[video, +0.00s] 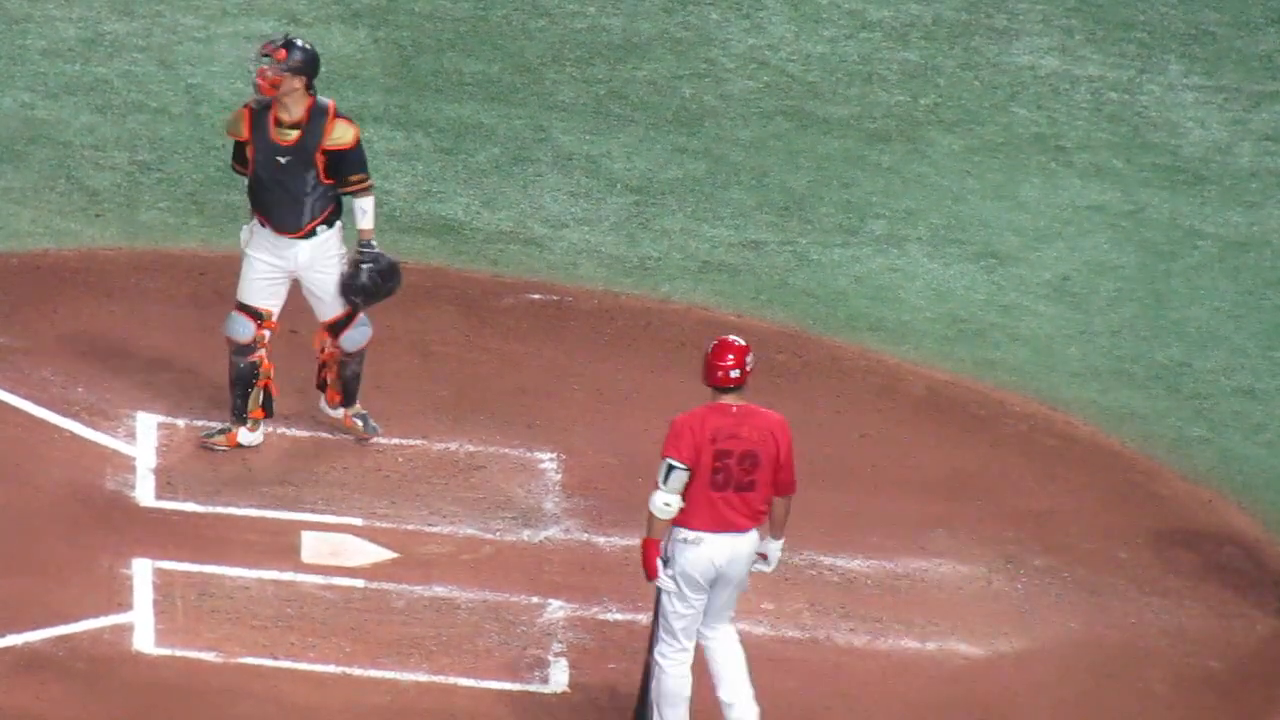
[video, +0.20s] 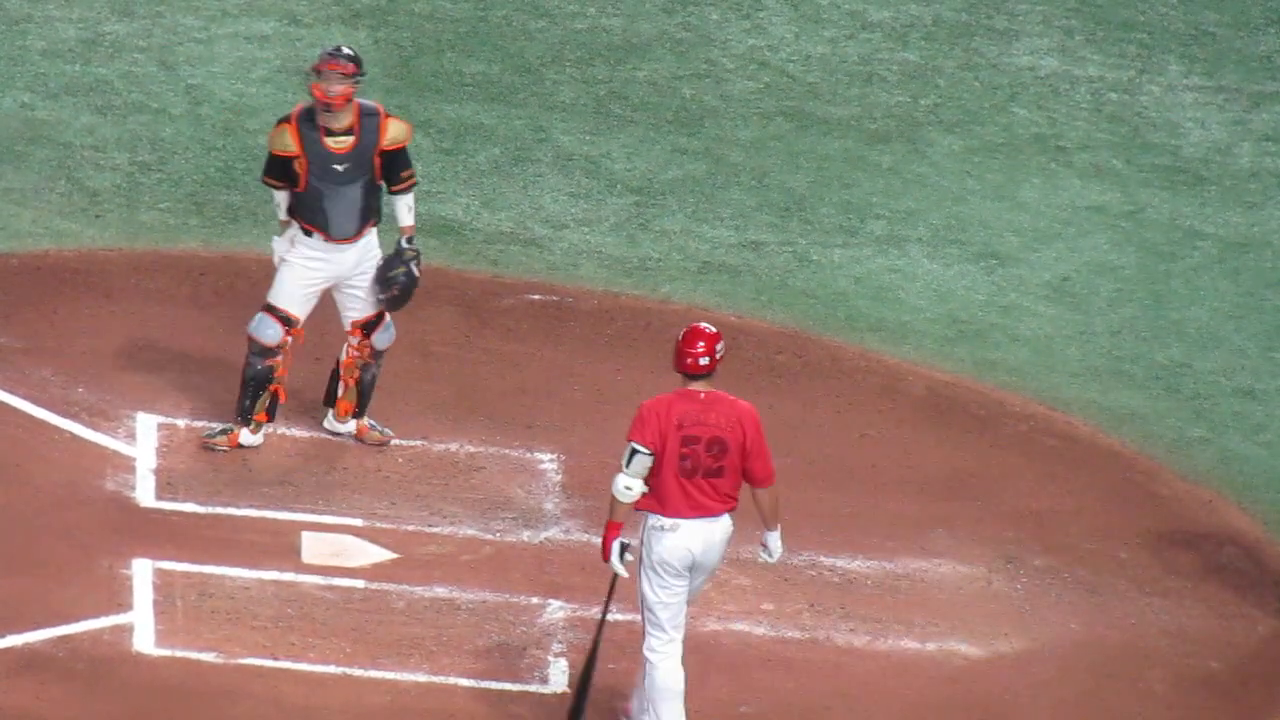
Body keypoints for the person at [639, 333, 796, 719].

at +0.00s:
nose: (727, 376)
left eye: (716, 370)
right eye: (735, 370)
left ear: (708, 375)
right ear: (747, 375)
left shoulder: (691, 423)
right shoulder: (774, 425)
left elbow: (667, 494)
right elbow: (782, 494)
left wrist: (651, 543)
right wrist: (774, 541)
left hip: (694, 545)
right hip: (743, 546)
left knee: (675, 645)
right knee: (719, 627)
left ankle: (671, 716)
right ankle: (744, 713)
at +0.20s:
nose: (703, 361)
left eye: (688, 355)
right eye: (710, 355)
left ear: (677, 361)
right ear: (717, 361)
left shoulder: (657, 409)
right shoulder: (742, 413)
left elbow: (629, 480)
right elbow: (762, 481)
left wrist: (612, 533)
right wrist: (772, 532)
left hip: (668, 536)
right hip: (715, 536)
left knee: (664, 640)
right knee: (667, 626)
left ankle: (668, 716)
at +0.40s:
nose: (696, 352)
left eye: (692, 347)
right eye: (697, 348)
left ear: (657, 352)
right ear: (696, 353)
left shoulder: (631, 398)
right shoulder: (716, 406)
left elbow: (603, 469)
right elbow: (736, 478)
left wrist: (586, 521)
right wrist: (757, 496)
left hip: (636, 522)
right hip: (685, 524)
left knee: (636, 629)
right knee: (637, 623)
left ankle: (661, 716)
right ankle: (597, 710)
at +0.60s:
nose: (685, 342)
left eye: (681, 335)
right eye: (685, 337)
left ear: (643, 336)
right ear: (680, 341)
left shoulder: (614, 378)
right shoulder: (697, 394)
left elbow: (581, 445)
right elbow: (714, 453)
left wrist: (559, 496)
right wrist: (726, 422)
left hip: (614, 504)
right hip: (663, 507)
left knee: (574, 593)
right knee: (627, 606)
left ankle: (611, 686)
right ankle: (596, 703)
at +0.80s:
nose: (668, 336)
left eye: (666, 330)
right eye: (666, 330)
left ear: (623, 329)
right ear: (661, 332)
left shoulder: (594, 362)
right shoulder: (678, 382)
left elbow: (559, 430)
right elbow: (699, 426)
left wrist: (539, 482)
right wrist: (690, 374)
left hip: (587, 492)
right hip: (639, 497)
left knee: (555, 587)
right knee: (614, 603)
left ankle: (532, 686)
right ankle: (596, 705)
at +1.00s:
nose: (644, 331)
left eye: (642, 324)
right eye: (642, 325)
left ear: (600, 322)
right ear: (635, 328)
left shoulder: (566, 354)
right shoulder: (651, 373)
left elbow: (532, 424)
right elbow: (677, 411)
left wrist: (518, 477)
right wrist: (664, 359)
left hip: (565, 485)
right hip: (618, 490)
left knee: (538, 586)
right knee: (604, 598)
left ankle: (518, 679)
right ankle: (595, 705)